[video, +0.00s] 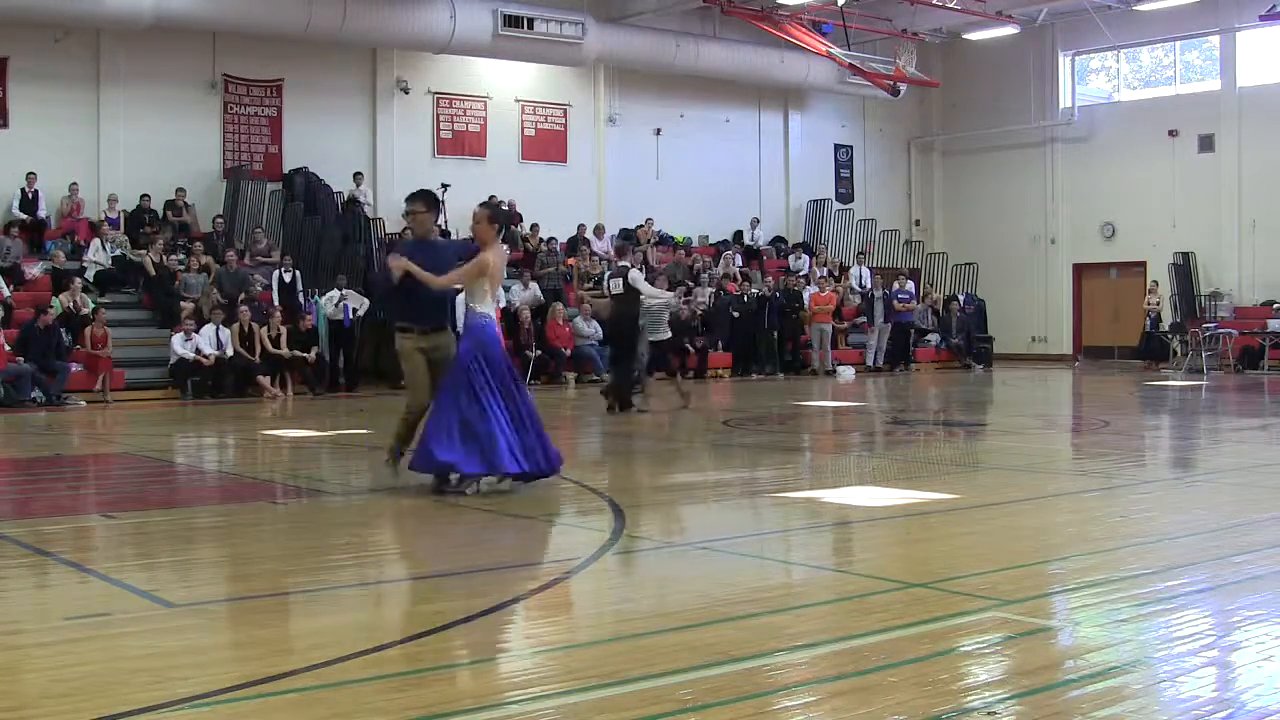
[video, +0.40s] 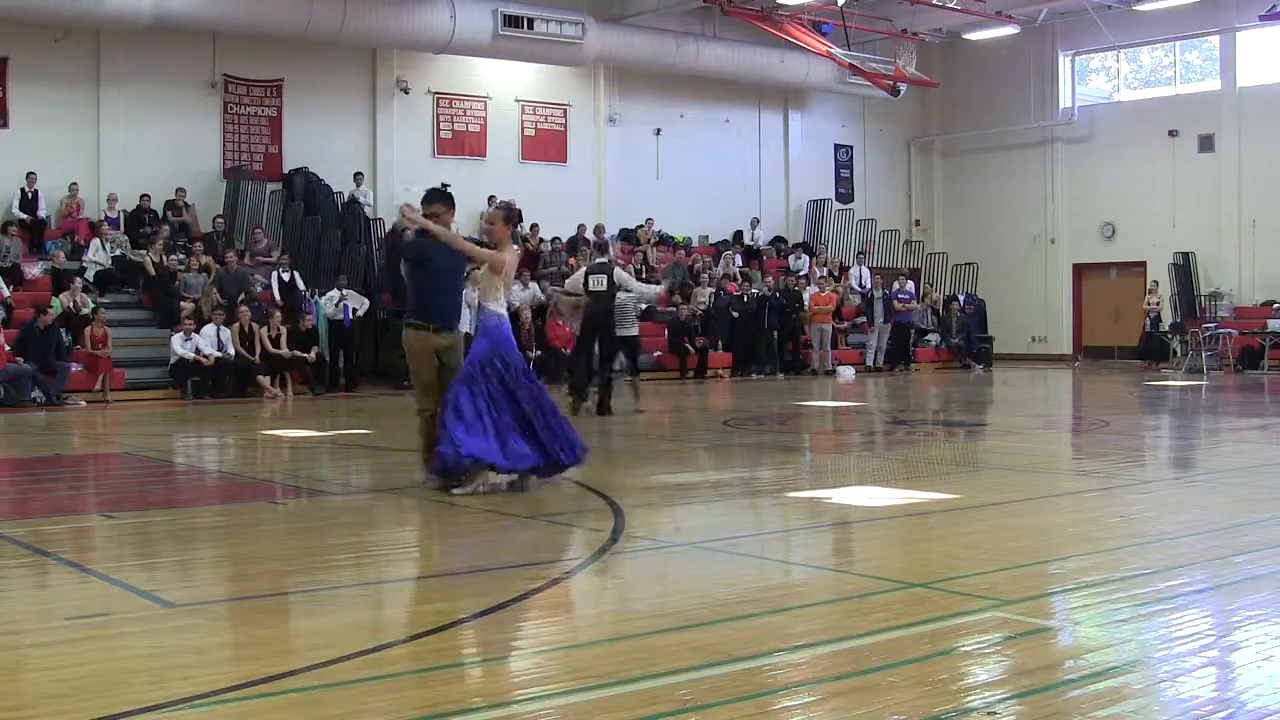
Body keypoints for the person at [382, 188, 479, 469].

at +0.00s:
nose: (410, 220)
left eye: (416, 214)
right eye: (408, 214)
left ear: (434, 216)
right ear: (407, 217)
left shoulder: (452, 249)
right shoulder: (400, 251)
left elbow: (485, 251)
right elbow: (382, 288)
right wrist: (394, 271)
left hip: (442, 334)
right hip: (408, 336)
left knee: (449, 401)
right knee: (420, 401)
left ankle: (444, 467)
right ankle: (397, 449)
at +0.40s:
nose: (434, 221)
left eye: (439, 214)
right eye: (428, 215)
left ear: (452, 214)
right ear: (422, 217)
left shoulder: (461, 246)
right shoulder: (416, 244)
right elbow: (396, 247)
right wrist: (401, 227)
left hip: (451, 333)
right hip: (419, 333)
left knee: (454, 399)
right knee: (428, 404)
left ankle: (455, 463)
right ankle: (432, 464)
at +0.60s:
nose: (432, 223)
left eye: (437, 216)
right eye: (427, 217)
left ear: (448, 218)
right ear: (421, 218)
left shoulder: (457, 249)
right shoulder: (411, 245)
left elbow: (484, 251)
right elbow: (385, 228)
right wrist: (398, 203)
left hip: (447, 335)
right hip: (415, 334)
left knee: (450, 403)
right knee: (413, 401)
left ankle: (447, 463)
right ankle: (394, 454)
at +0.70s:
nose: (423, 223)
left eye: (428, 218)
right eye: (419, 218)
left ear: (443, 220)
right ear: (415, 220)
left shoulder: (454, 250)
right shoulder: (406, 244)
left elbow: (483, 250)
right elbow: (380, 222)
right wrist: (401, 197)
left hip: (441, 338)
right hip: (407, 337)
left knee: (446, 406)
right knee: (398, 402)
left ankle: (446, 467)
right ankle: (376, 463)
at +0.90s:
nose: (408, 227)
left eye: (415, 221)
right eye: (406, 221)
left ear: (430, 223)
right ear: (403, 222)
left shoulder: (439, 255)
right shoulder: (392, 246)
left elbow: (468, 257)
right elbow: (371, 222)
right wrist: (395, 199)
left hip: (422, 342)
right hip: (390, 341)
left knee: (433, 407)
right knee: (388, 407)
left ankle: (444, 470)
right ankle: (375, 472)